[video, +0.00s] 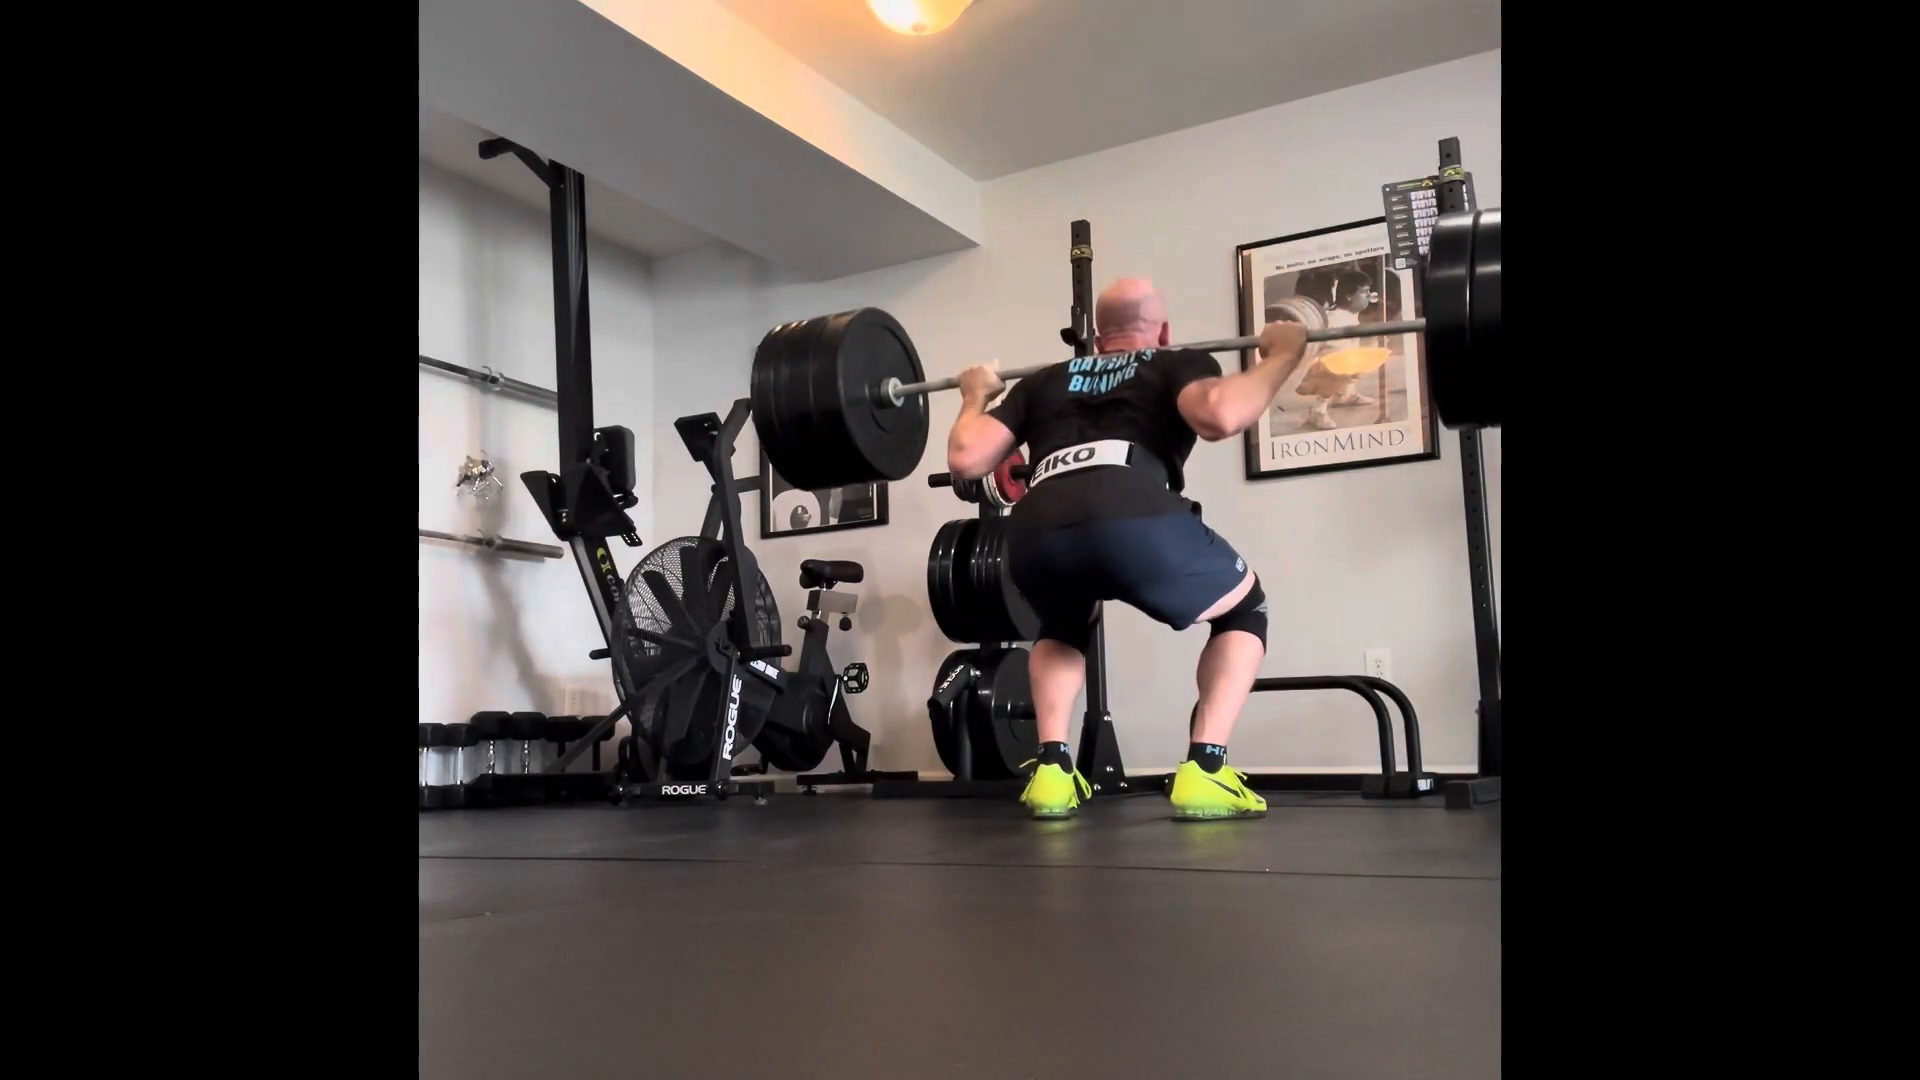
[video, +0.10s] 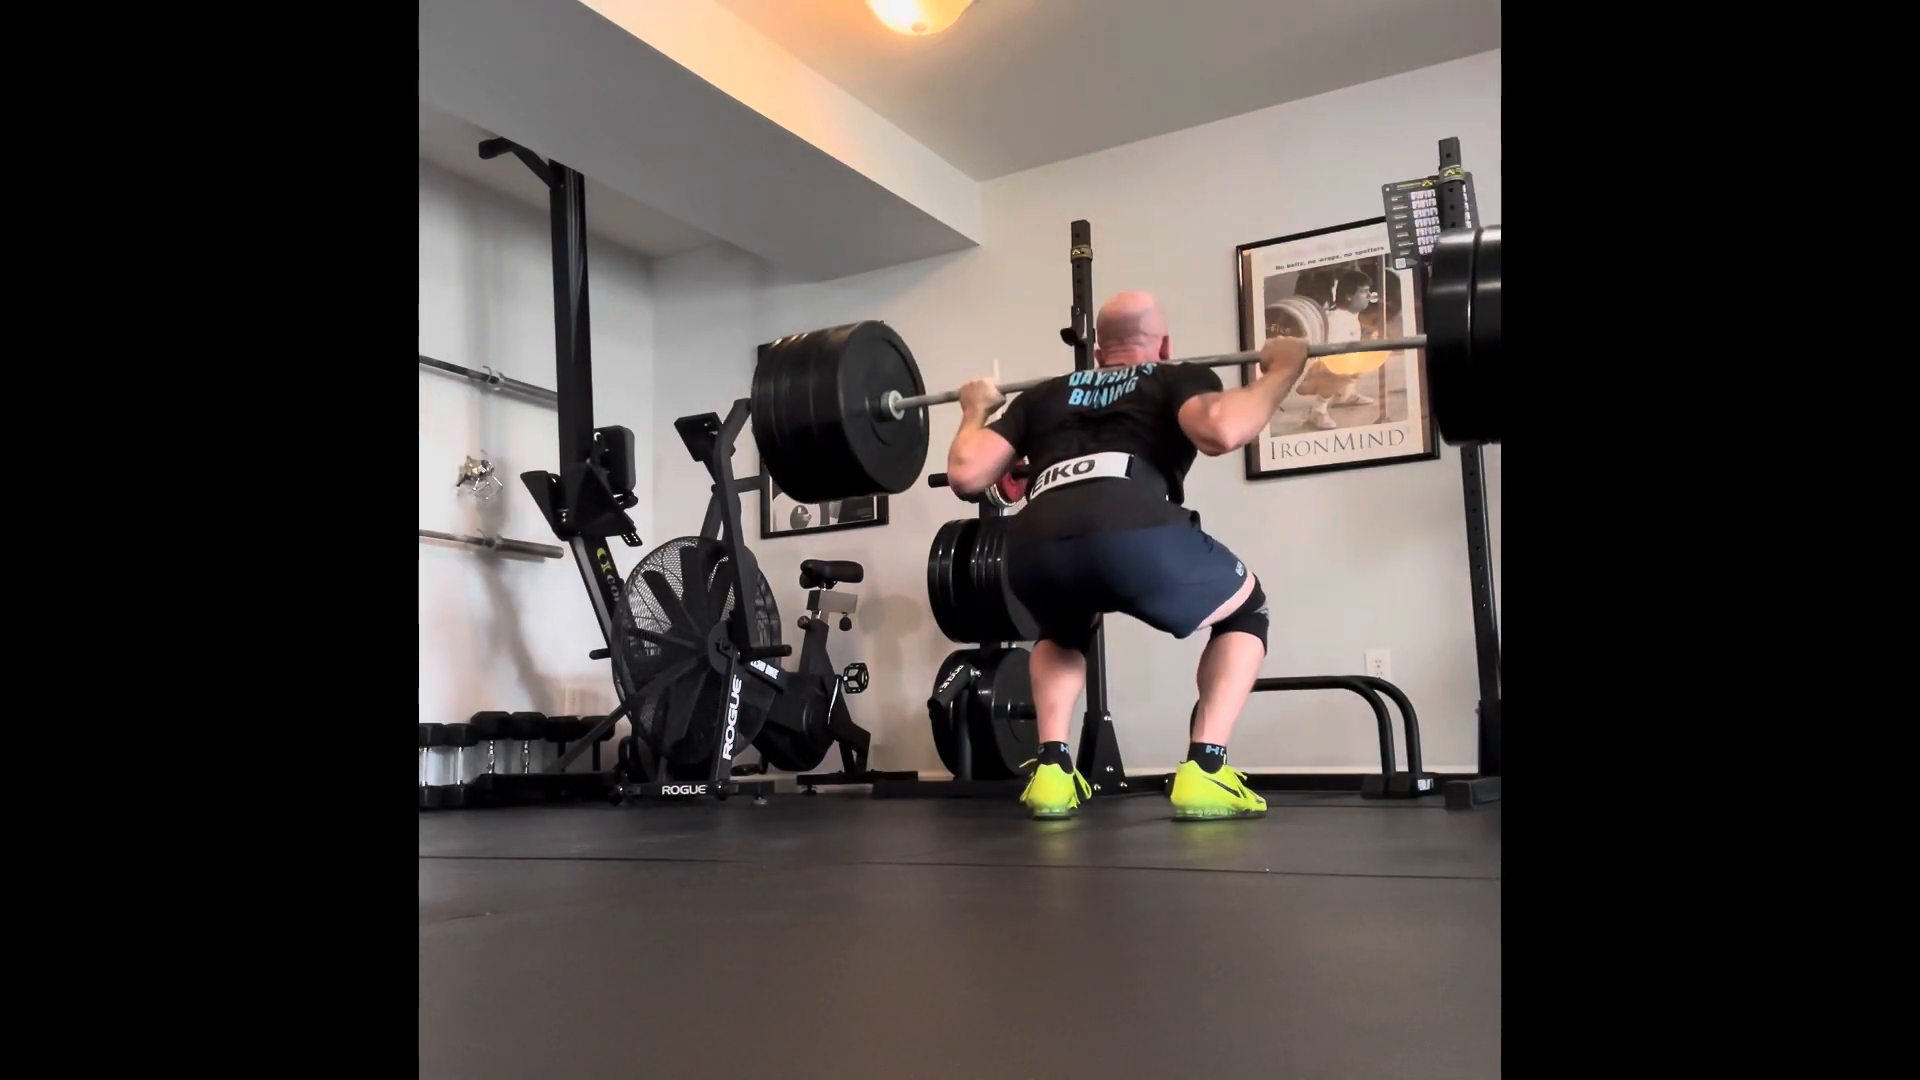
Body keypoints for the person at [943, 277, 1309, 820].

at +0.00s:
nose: (1164, 332)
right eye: (1163, 326)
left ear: (1096, 334)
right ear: (1159, 331)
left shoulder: (1043, 381)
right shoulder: (1174, 363)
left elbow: (965, 459)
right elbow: (1220, 416)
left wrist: (972, 397)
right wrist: (1281, 357)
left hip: (1036, 523)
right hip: (1130, 509)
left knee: (1061, 627)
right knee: (1242, 609)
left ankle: (1051, 768)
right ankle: (1206, 766)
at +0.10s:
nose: (1164, 346)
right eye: (1163, 340)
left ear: (1098, 348)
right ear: (1160, 345)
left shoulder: (1042, 395)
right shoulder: (1174, 377)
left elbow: (965, 475)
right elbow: (1221, 431)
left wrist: (972, 410)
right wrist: (1280, 371)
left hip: (1034, 538)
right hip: (1131, 526)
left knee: (1061, 629)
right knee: (1243, 611)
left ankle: (1051, 769)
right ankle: (1205, 767)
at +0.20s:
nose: (1166, 359)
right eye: (1165, 354)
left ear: (1099, 362)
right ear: (1162, 359)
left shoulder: (1042, 409)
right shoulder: (1177, 391)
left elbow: (965, 489)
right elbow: (1223, 447)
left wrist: (973, 422)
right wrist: (1281, 388)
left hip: (1036, 547)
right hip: (1133, 535)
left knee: (1061, 631)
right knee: (1244, 613)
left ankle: (1052, 769)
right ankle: (1205, 767)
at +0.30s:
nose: (1168, 371)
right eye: (1166, 365)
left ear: (1101, 374)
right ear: (1162, 370)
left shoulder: (1044, 419)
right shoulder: (1178, 402)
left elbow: (966, 501)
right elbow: (1224, 458)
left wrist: (973, 433)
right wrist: (1283, 399)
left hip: (1035, 559)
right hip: (1133, 547)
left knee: (1059, 636)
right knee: (1245, 614)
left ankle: (1052, 769)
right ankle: (1205, 768)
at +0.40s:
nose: (1166, 383)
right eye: (1166, 378)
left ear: (1101, 386)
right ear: (1165, 382)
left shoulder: (1045, 430)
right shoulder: (1180, 413)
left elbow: (968, 512)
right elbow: (1226, 470)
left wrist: (973, 445)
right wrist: (1285, 410)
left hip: (1038, 567)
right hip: (1135, 556)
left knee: (1058, 637)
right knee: (1249, 613)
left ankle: (1052, 768)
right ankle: (1205, 768)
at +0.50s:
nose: (1169, 393)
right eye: (1168, 387)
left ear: (1101, 397)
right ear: (1167, 393)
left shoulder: (1046, 440)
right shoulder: (1181, 423)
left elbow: (968, 521)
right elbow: (1226, 482)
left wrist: (975, 455)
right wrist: (1288, 418)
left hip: (1038, 580)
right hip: (1137, 570)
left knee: (1057, 639)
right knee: (1251, 613)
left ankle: (1052, 769)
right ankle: (1205, 768)